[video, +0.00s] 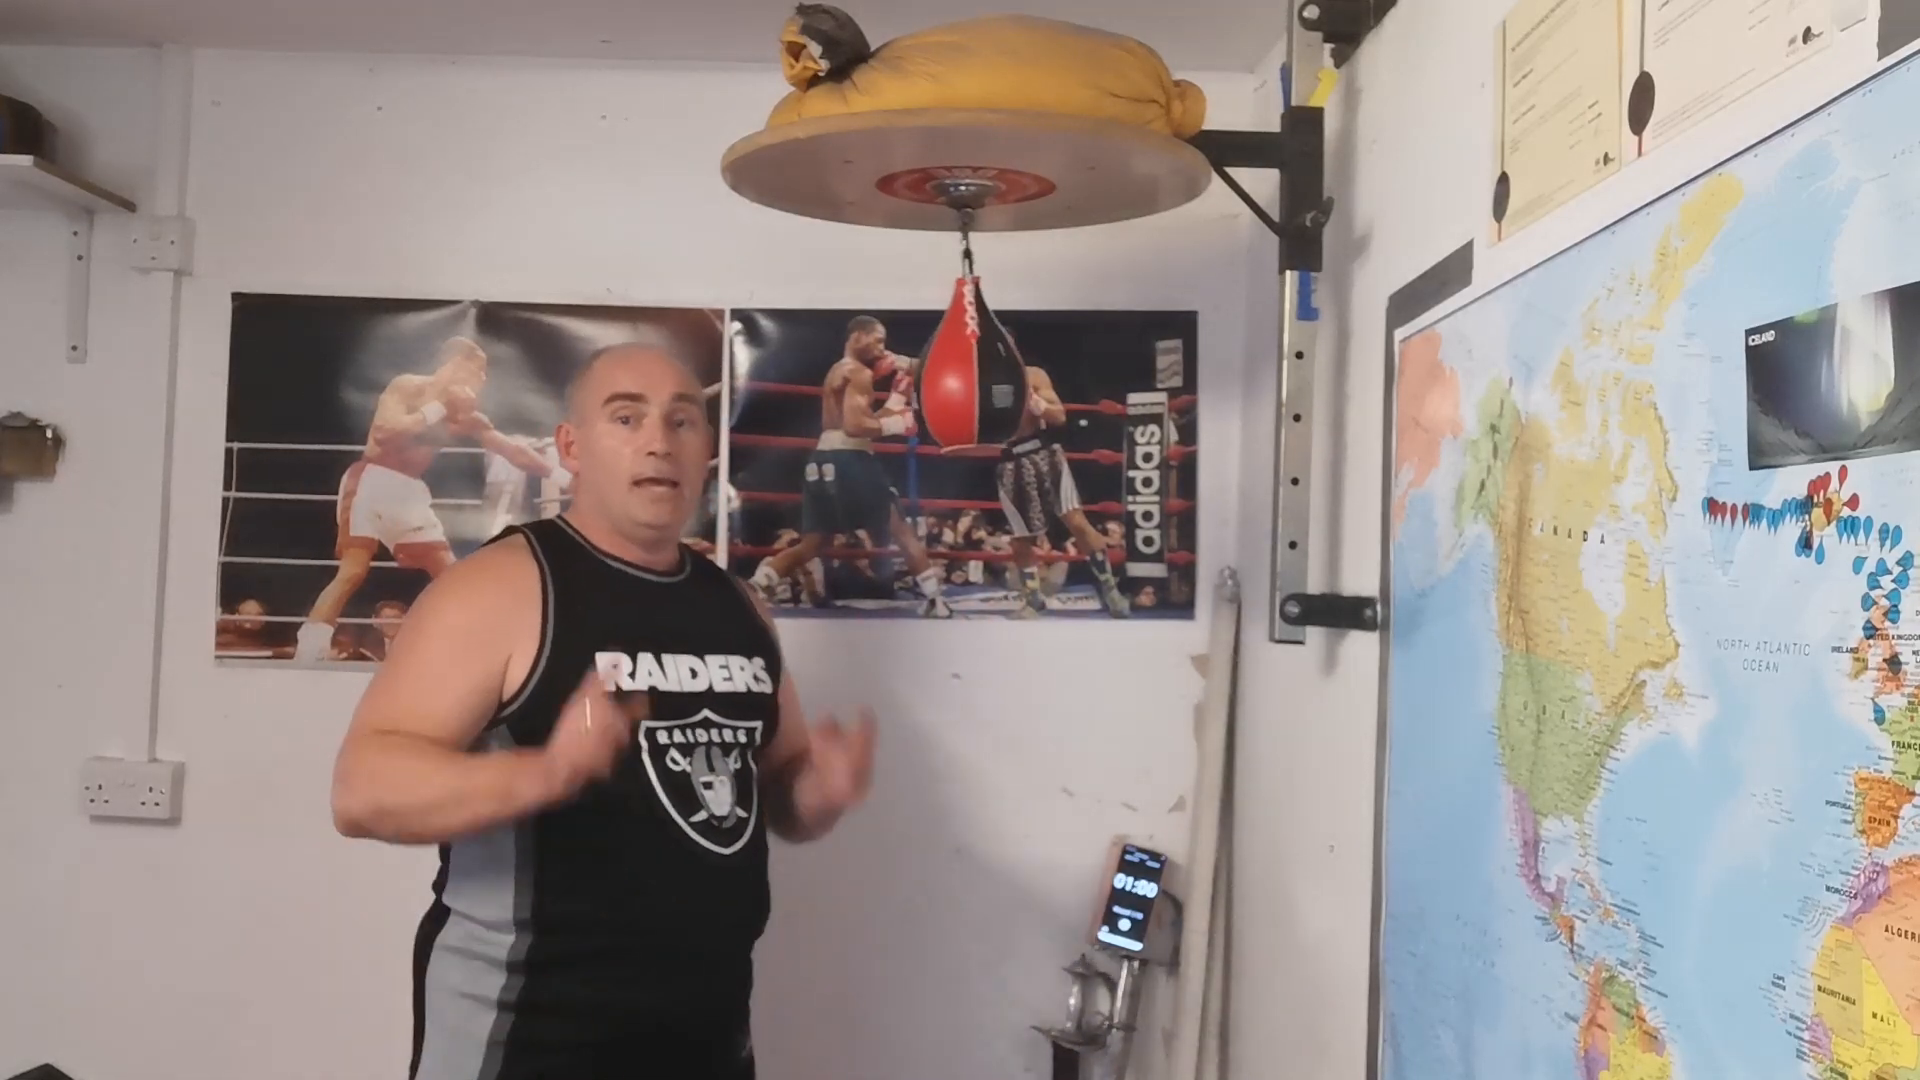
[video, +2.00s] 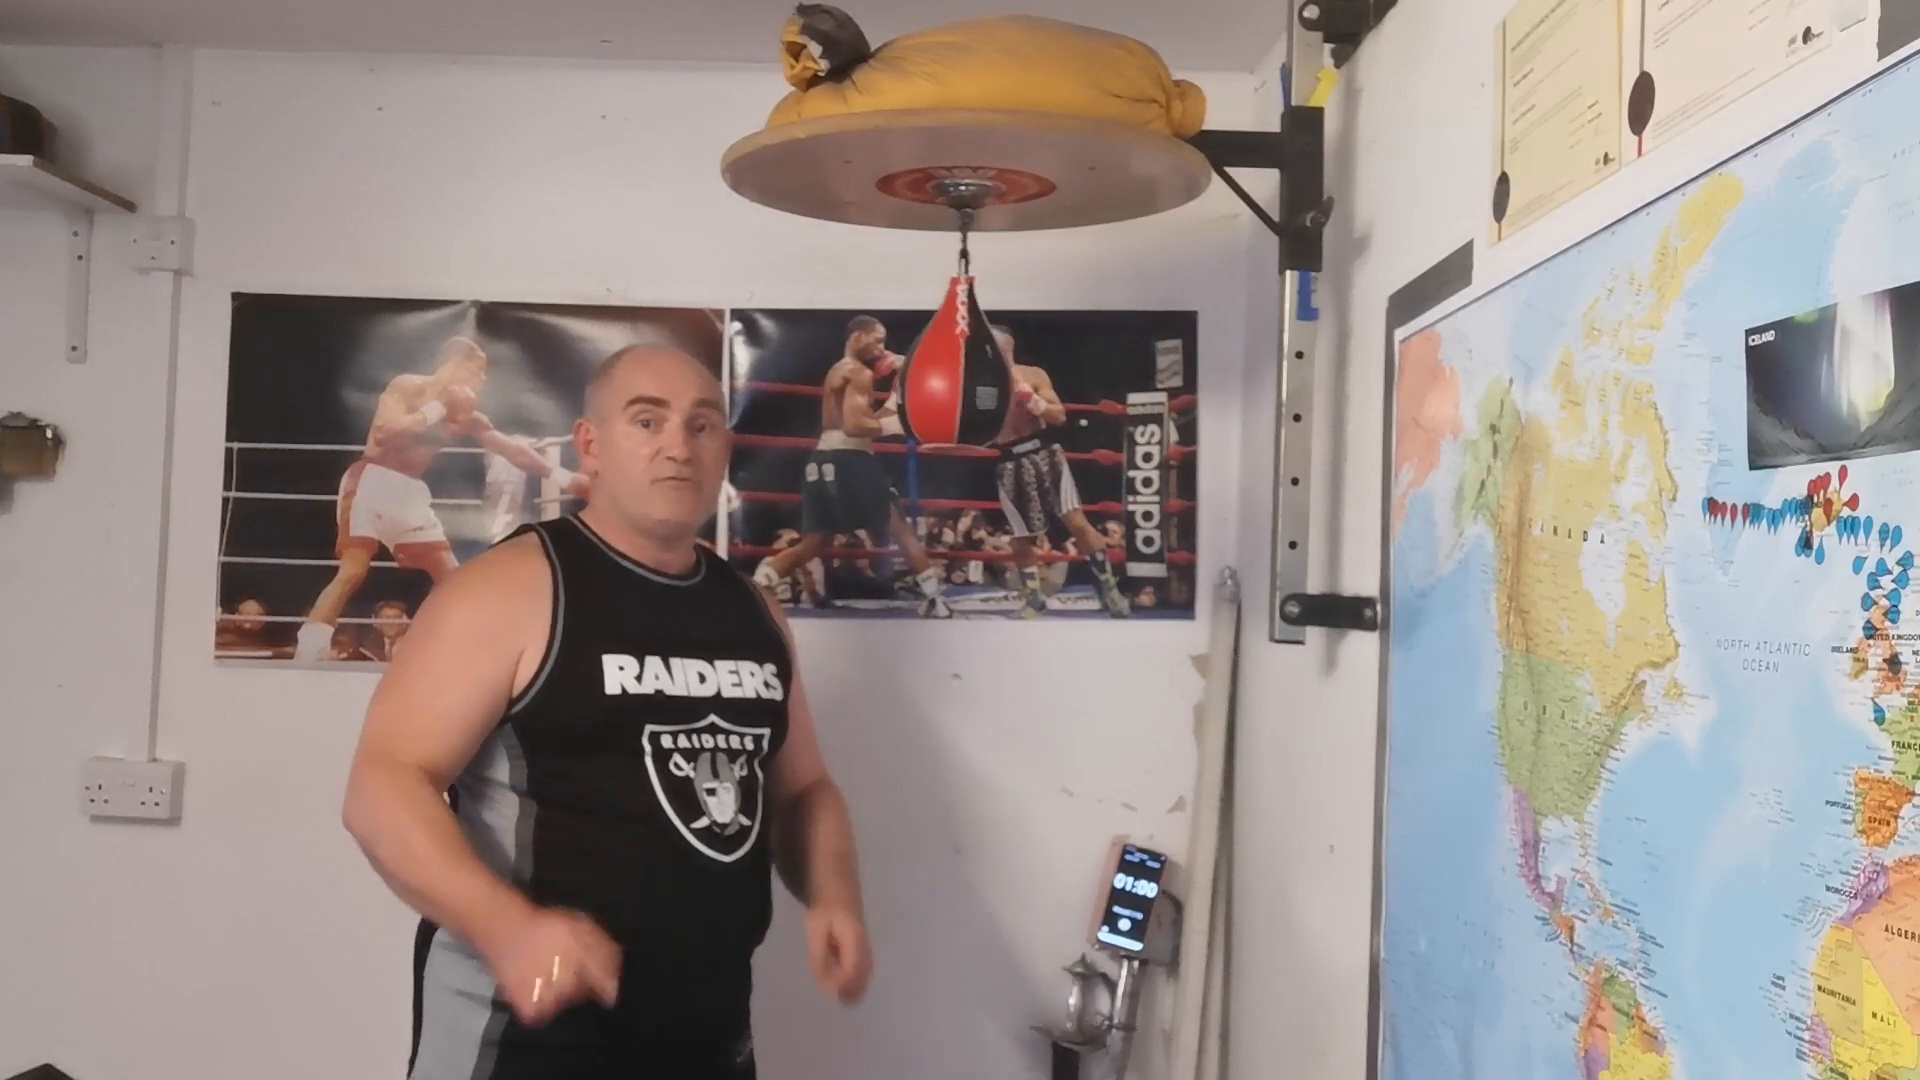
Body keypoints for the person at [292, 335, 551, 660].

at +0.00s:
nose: (480, 381)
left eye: (483, 374)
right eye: (475, 370)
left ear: (474, 378)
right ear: (452, 364)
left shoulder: (464, 409)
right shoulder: (406, 386)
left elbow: (507, 448)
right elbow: (384, 432)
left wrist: (555, 473)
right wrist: (436, 411)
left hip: (409, 493)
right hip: (369, 483)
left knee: (449, 573)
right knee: (352, 572)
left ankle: (466, 651)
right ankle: (308, 649)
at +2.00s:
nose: (476, 384)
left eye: (479, 377)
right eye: (472, 374)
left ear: (476, 380)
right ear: (451, 365)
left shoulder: (464, 415)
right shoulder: (404, 386)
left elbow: (511, 449)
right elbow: (383, 433)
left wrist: (563, 478)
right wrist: (436, 409)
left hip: (408, 492)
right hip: (367, 483)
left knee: (448, 573)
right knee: (353, 570)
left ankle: (461, 654)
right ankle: (306, 652)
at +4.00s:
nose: (479, 384)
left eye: (481, 377)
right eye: (476, 374)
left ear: (471, 379)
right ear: (454, 367)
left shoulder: (463, 415)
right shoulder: (405, 386)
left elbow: (510, 450)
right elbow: (384, 433)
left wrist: (563, 478)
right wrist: (437, 408)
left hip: (409, 493)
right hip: (370, 483)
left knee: (448, 573)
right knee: (353, 571)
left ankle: (460, 651)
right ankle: (305, 650)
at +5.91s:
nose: (474, 386)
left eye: (478, 380)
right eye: (471, 375)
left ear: (475, 384)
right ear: (450, 367)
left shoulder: (464, 415)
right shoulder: (406, 387)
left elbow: (512, 450)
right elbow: (385, 432)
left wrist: (566, 478)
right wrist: (437, 409)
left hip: (409, 491)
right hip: (370, 481)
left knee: (449, 572)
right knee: (352, 571)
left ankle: (425, 656)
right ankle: (306, 651)